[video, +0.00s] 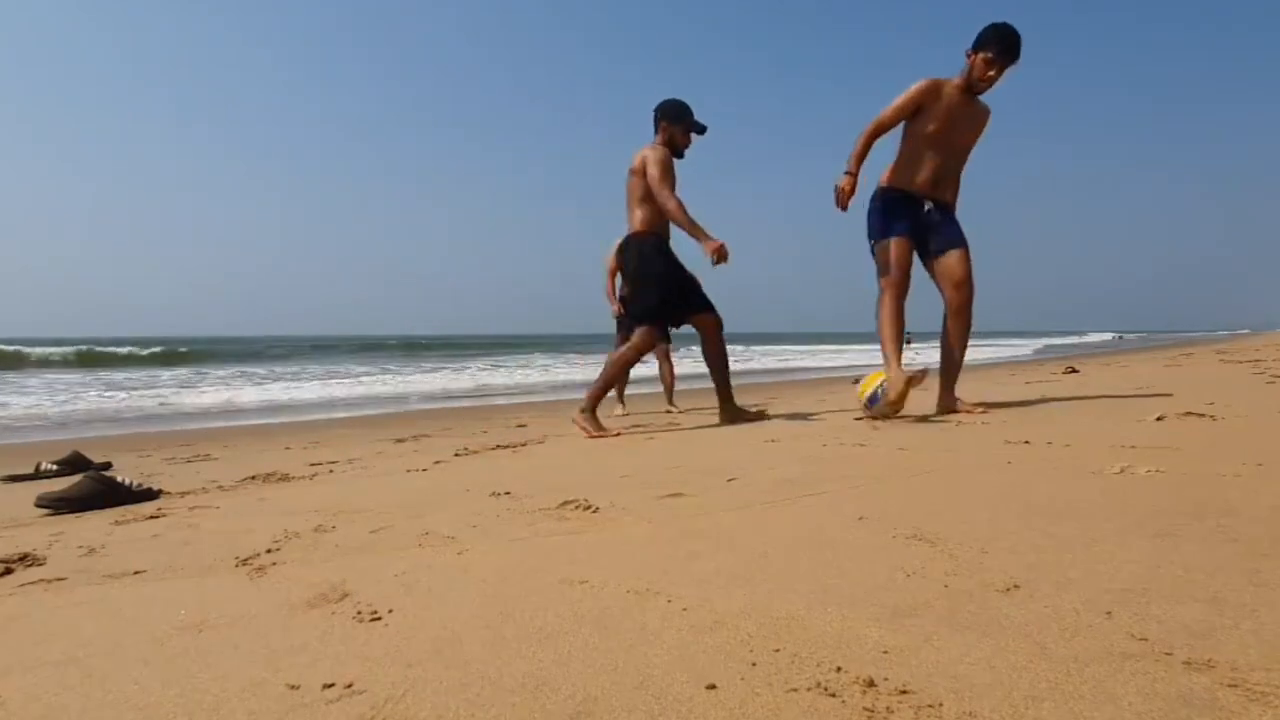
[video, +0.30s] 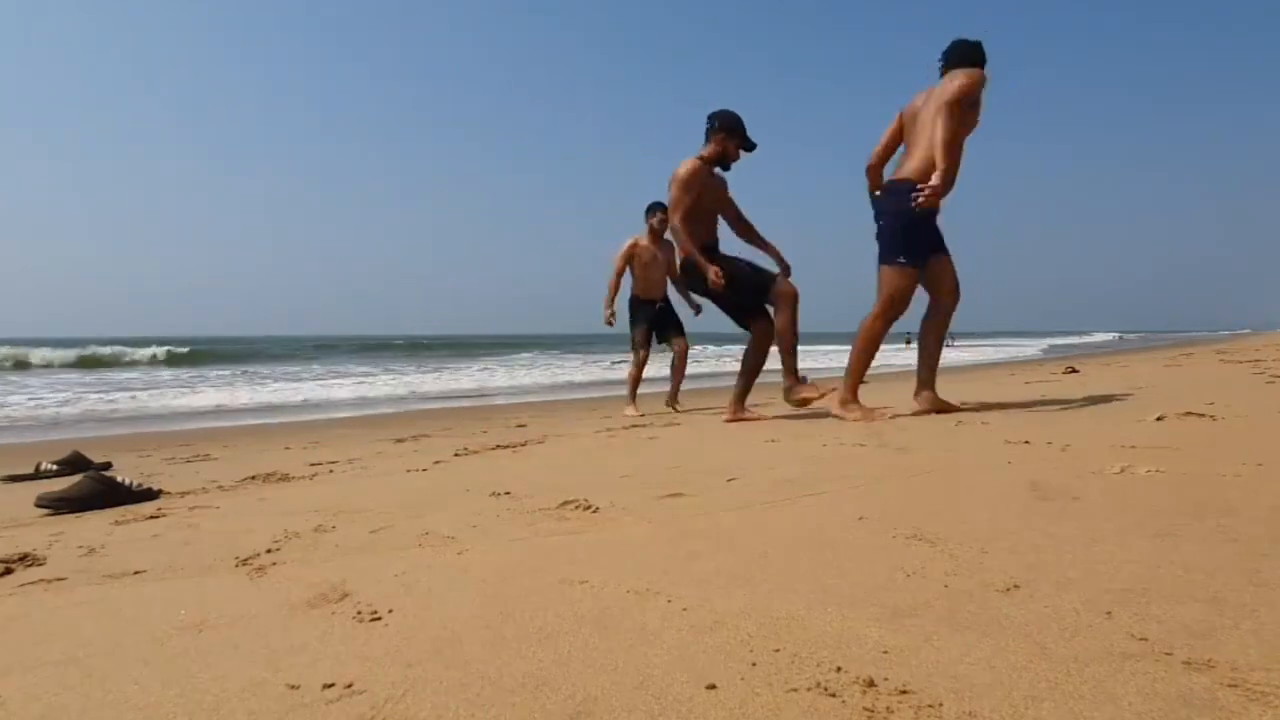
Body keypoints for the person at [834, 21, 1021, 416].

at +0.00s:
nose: (992, 74)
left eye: (1001, 68)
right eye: (988, 63)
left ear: (1006, 71)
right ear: (971, 55)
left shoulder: (981, 115)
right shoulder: (931, 91)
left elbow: (954, 163)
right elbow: (873, 130)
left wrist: (947, 211)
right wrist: (851, 174)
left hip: (938, 211)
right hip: (896, 202)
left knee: (961, 292)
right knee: (894, 281)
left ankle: (947, 398)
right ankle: (894, 377)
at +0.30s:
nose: (982, 77)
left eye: (979, 71)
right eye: (982, 71)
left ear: (944, 69)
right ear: (979, 68)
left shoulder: (919, 101)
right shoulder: (971, 79)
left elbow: (875, 164)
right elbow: (946, 108)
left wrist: (880, 196)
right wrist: (946, 176)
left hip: (899, 198)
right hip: (910, 198)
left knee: (946, 294)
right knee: (891, 304)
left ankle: (926, 393)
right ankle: (845, 398)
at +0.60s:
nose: (923, 52)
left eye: (923, 47)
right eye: (924, 47)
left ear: (932, 45)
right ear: (967, 43)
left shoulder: (912, 82)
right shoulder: (991, 70)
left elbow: (883, 141)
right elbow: (1035, 131)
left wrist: (869, 200)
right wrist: (1103, 166)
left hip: (909, 197)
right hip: (961, 194)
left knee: (924, 295)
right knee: (985, 294)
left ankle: (918, 398)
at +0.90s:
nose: (942, 23)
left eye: (942, 16)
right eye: (944, 17)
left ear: (949, 15)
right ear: (984, 17)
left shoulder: (942, 48)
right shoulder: (1015, 54)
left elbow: (941, 108)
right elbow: (1036, 131)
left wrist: (910, 176)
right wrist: (1002, 164)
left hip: (950, 180)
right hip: (1009, 181)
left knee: (925, 293)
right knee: (1010, 294)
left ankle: (914, 397)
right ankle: (1021, 399)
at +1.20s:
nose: (906, 18)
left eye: (906, 12)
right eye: (908, 12)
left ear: (914, 11)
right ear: (951, 10)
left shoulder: (919, 41)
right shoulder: (988, 47)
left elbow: (937, 93)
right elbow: (1015, 120)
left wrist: (934, 157)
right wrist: (998, 161)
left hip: (951, 165)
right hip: (1007, 168)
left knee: (910, 286)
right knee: (996, 286)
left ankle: (894, 409)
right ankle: (1020, 399)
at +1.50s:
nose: (890, 12)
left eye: (889, 9)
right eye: (891, 9)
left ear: (898, 3)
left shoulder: (899, 24)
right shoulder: (981, 25)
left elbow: (894, 85)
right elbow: (1014, 103)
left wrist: (862, 165)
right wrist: (1032, 178)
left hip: (942, 151)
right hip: (1006, 149)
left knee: (903, 279)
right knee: (1005, 277)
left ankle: (892, 409)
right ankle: (1035, 395)